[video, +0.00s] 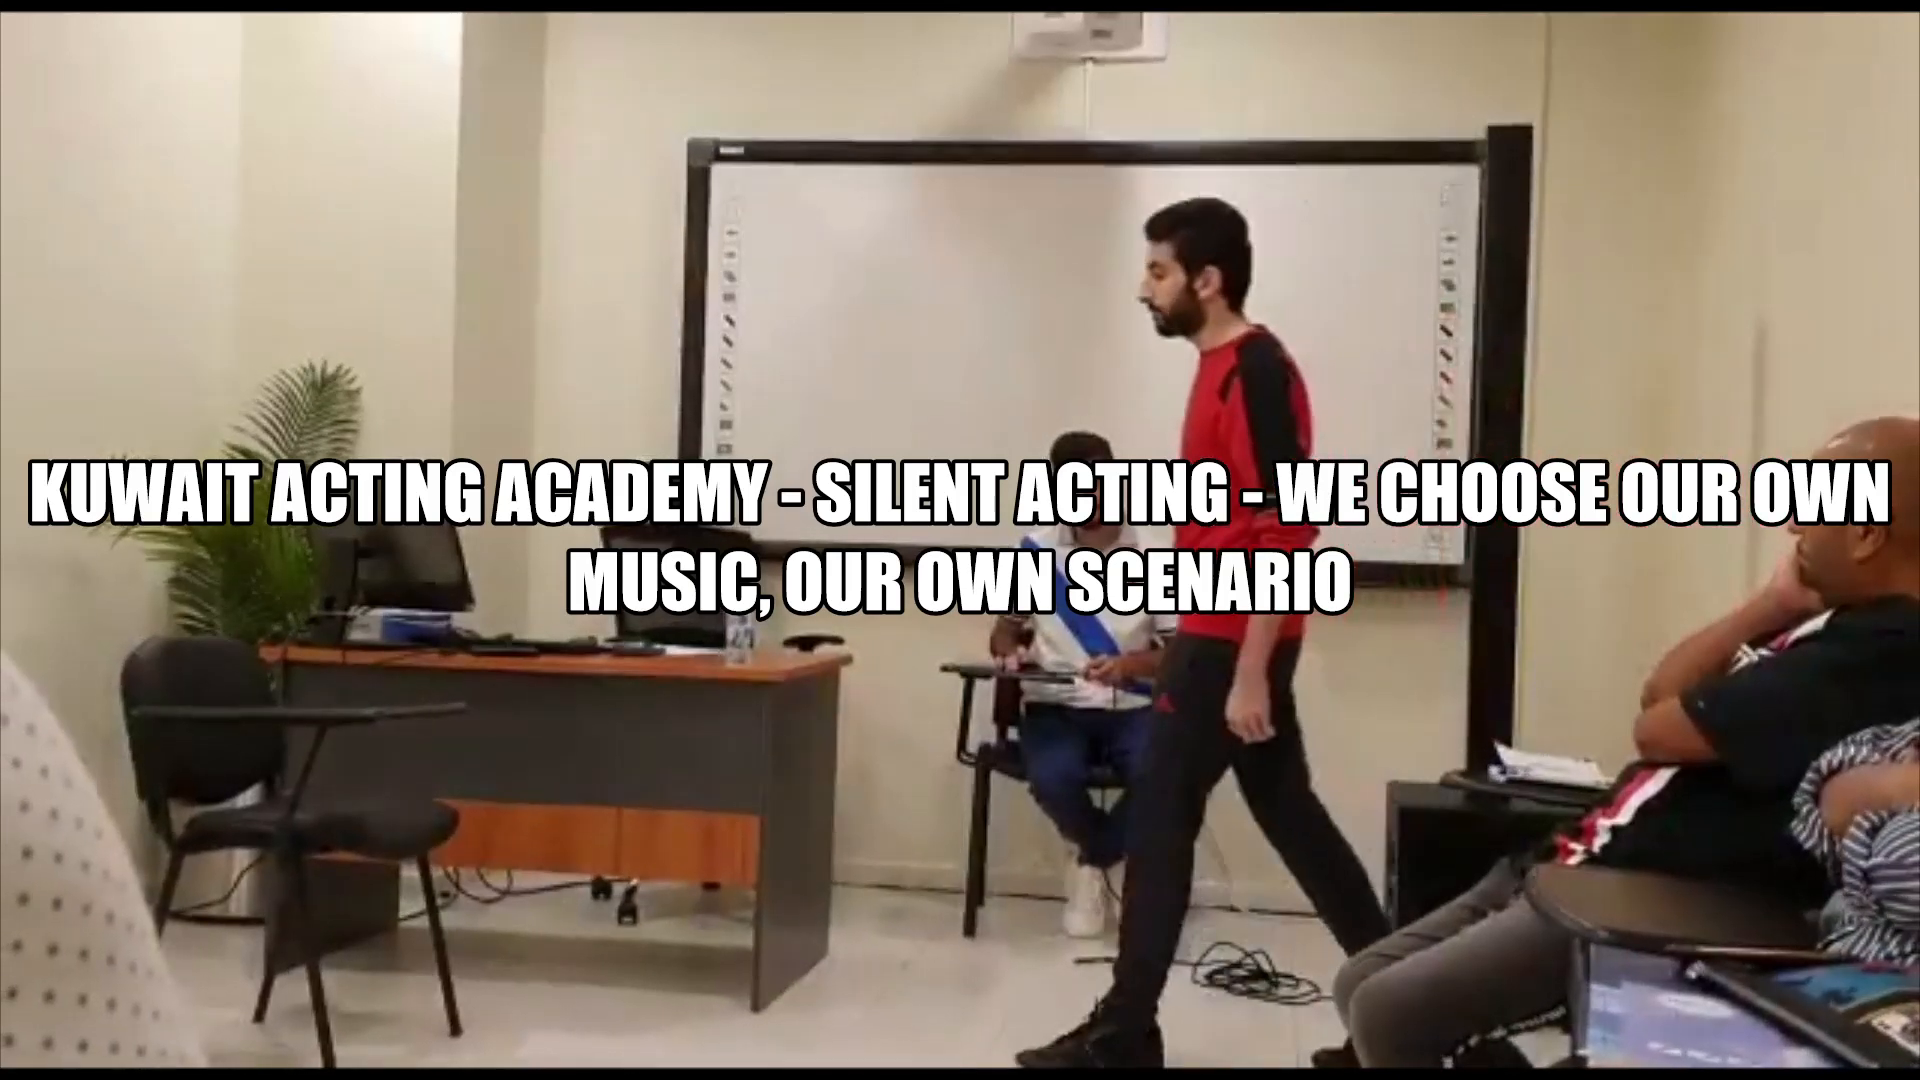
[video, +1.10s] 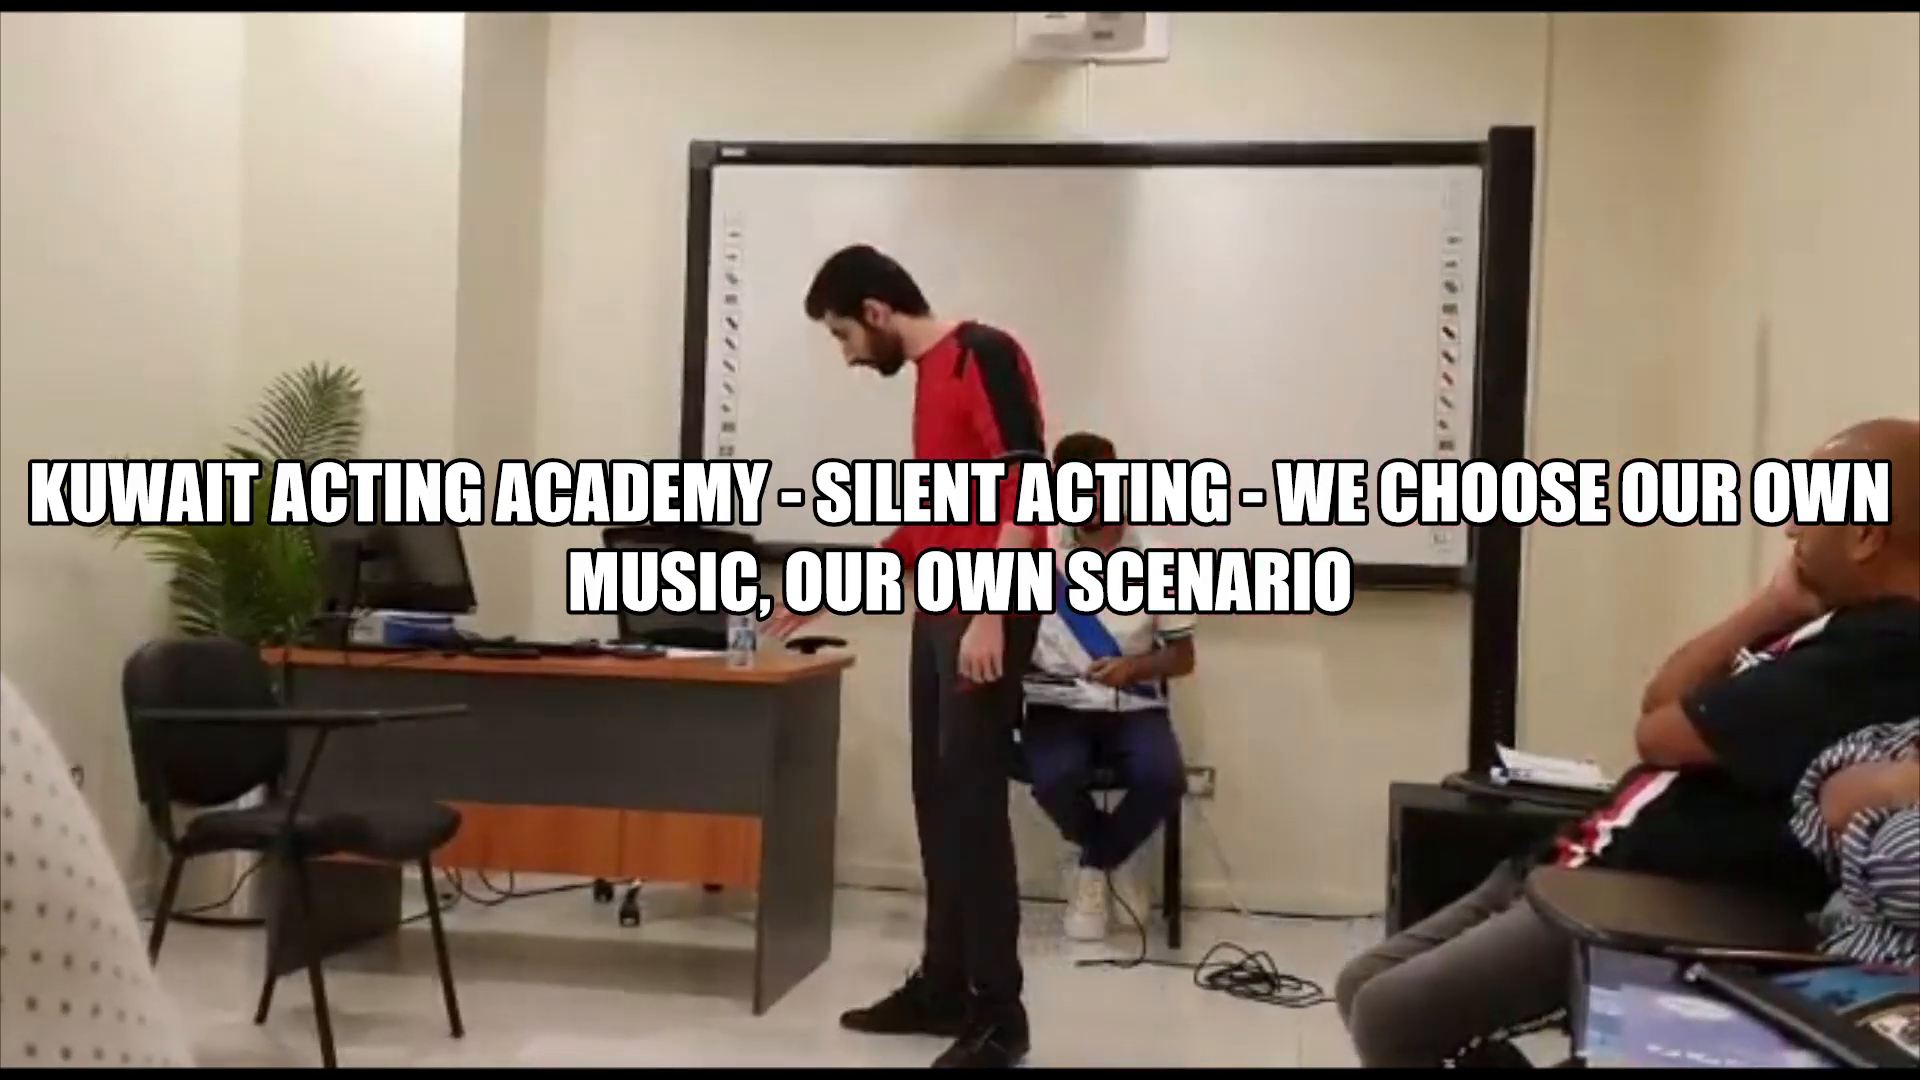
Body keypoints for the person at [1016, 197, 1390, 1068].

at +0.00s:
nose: (1145, 289)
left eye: (1158, 272)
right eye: (1146, 272)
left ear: (1210, 277)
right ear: (1206, 280)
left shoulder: (1258, 369)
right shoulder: (1216, 368)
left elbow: (1288, 531)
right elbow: (1221, 529)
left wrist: (1253, 671)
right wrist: (1170, 646)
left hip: (1235, 646)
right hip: (1224, 640)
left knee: (1160, 822)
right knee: (1289, 815)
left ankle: (1128, 1023)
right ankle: (1399, 987)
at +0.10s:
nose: (1099, 289)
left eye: (1108, 271)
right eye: (1099, 272)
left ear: (1156, 273)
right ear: (1161, 274)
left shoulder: (1217, 359)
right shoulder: (1185, 358)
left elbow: (1234, 517)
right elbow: (1182, 521)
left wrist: (1190, 658)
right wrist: (1138, 644)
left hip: (1195, 637)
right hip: (1166, 634)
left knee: (1150, 826)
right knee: (1210, 812)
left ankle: (1127, 1027)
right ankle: (1361, 976)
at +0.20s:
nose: (1060, 294)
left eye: (1068, 276)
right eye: (1059, 277)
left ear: (1113, 274)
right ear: (1122, 275)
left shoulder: (1173, 361)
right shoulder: (1160, 355)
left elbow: (1169, 520)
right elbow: (1155, 513)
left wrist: (1118, 649)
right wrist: (1117, 639)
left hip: (1167, 626)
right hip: (1153, 623)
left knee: (1134, 810)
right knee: (1139, 806)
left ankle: (1126, 1025)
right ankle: (1290, 954)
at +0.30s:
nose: (1033, 301)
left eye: (1037, 281)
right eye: (1030, 283)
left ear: (1078, 275)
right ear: (1091, 274)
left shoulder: (1139, 357)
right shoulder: (1150, 346)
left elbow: (1113, 512)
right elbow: (1123, 509)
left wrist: (1057, 633)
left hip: (1126, 632)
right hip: (1129, 628)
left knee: (1120, 814)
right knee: (1089, 793)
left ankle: (1127, 1025)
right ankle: (1194, 958)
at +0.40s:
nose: (1004, 310)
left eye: (1005, 291)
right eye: (1000, 293)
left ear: (1044, 279)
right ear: (1056, 278)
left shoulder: (1116, 358)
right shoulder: (1106, 352)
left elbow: (1099, 520)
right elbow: (1088, 518)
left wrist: (1012, 627)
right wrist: (1039, 628)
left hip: (1108, 635)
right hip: (1085, 633)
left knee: (1109, 820)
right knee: (1026, 783)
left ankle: (1125, 1027)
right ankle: (1081, 977)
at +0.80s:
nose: (895, 336)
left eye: (894, 315)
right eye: (888, 319)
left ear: (931, 295)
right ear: (937, 296)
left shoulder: (1019, 355)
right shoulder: (990, 362)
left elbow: (1023, 500)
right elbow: (991, 502)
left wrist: (978, 622)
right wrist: (967, 620)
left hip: (1017, 625)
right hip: (986, 624)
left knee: (991, 804)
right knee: (956, 797)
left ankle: (1097, 992)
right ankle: (943, 985)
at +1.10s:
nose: (845, 355)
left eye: (843, 336)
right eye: (838, 340)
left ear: (879, 311)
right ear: (880, 314)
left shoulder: (985, 354)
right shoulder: (930, 379)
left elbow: (1032, 489)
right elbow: (927, 521)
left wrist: (993, 613)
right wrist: (830, 592)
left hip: (984, 618)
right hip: (940, 614)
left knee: (973, 803)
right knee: (936, 796)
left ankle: (997, 1013)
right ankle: (943, 984)